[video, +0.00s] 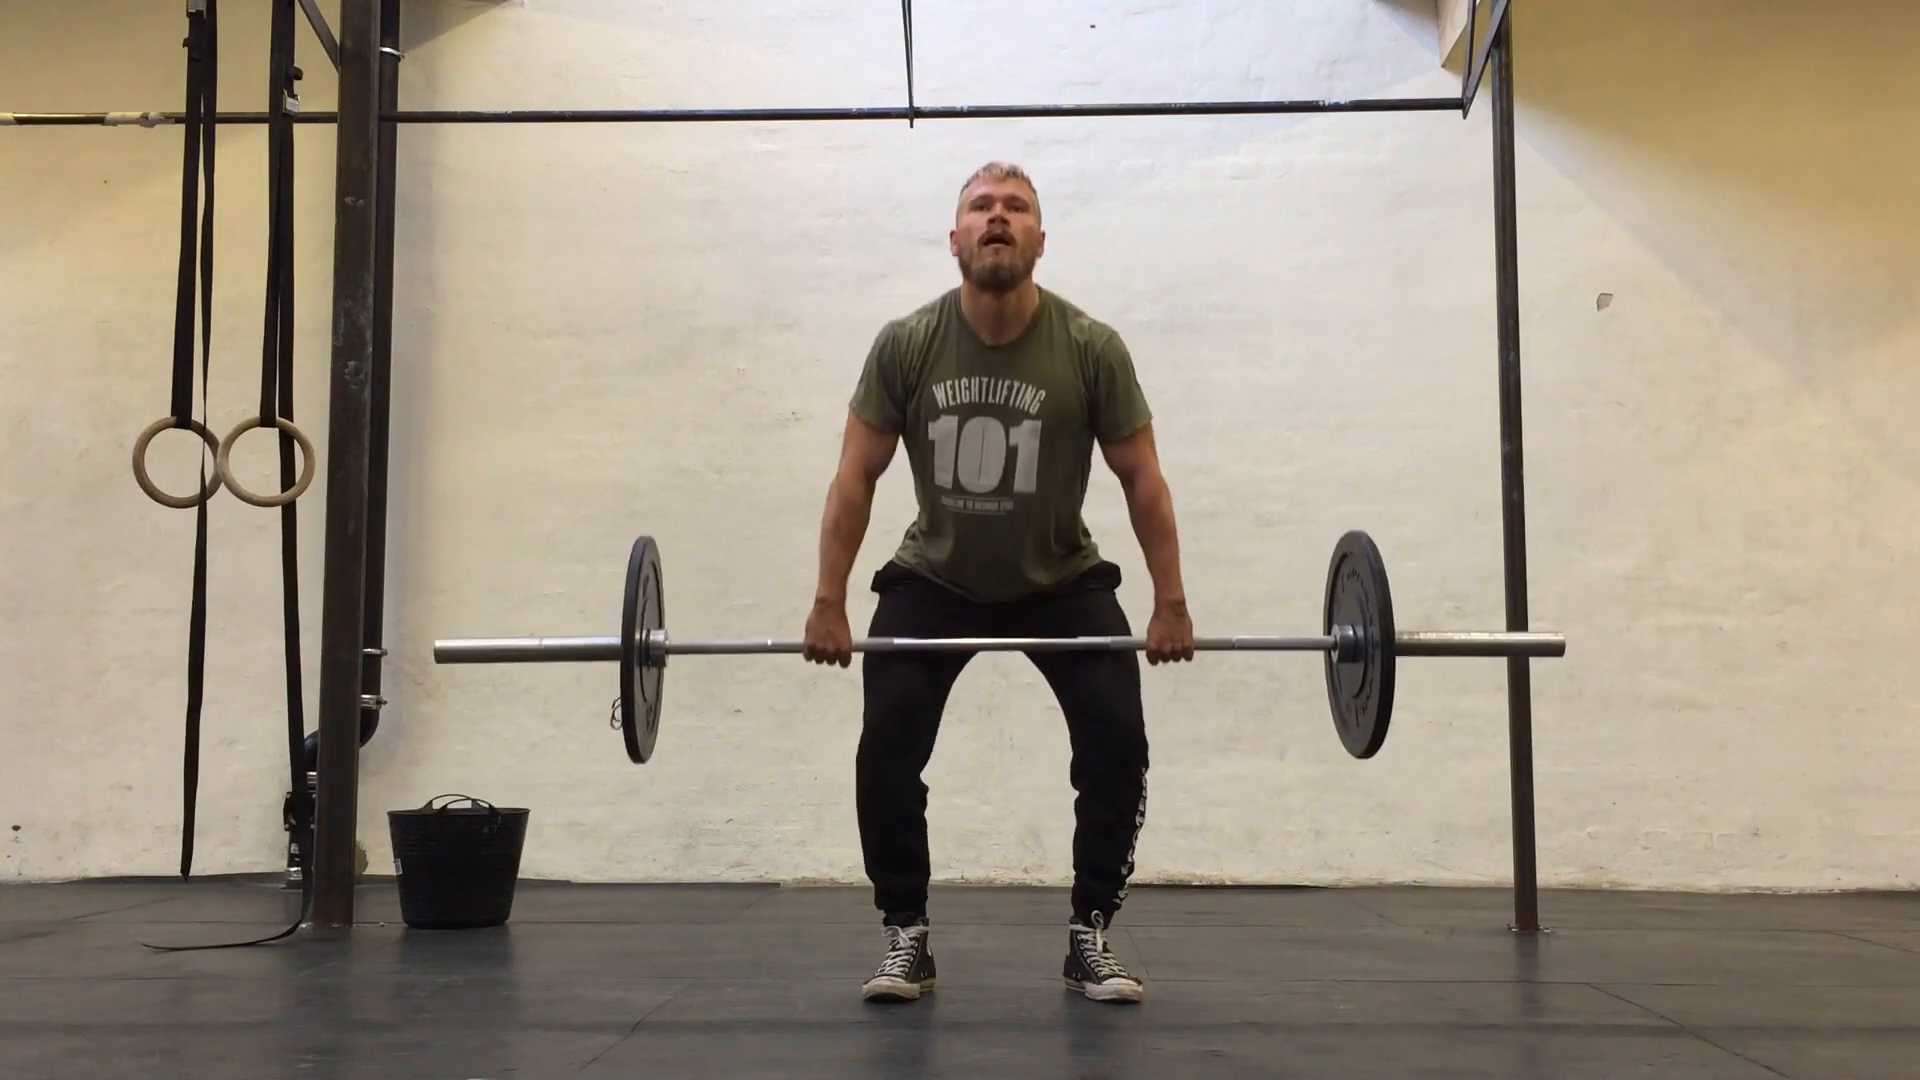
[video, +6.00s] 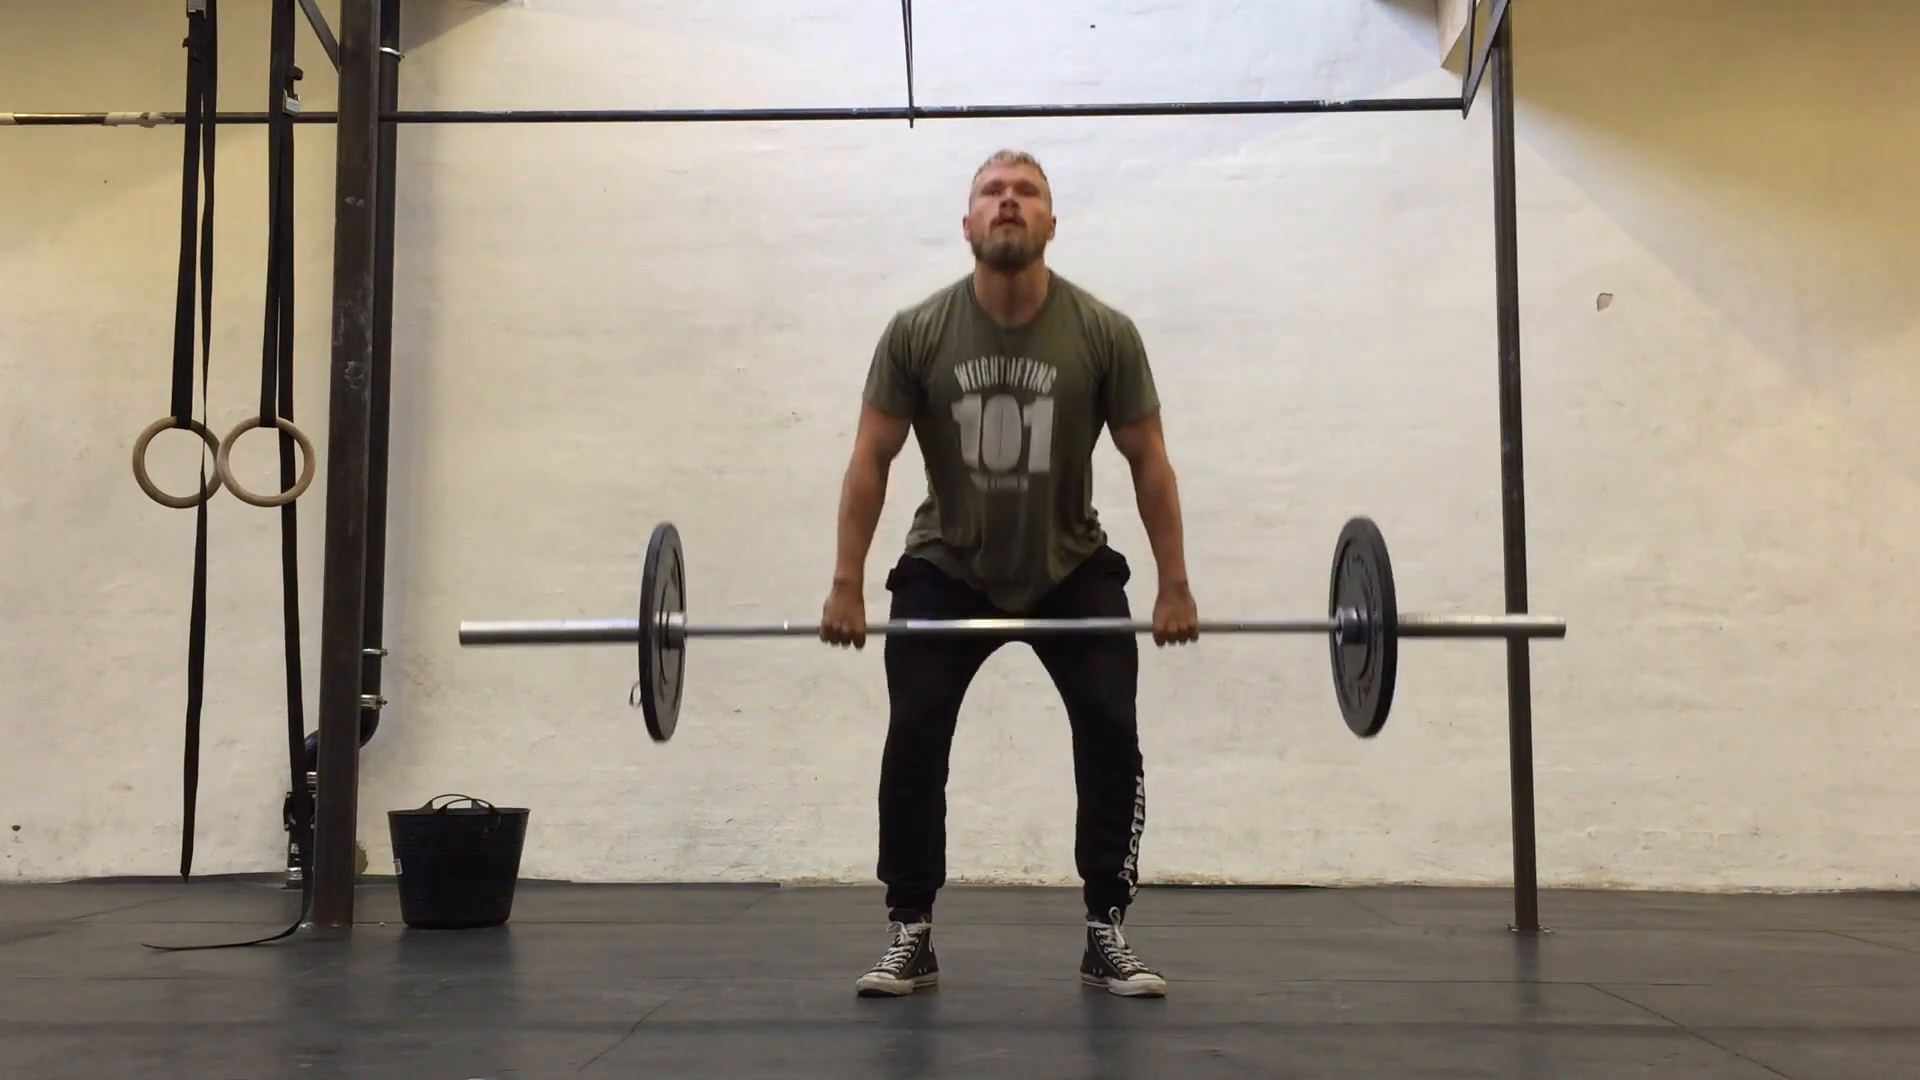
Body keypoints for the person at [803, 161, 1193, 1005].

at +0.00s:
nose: (997, 216)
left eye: (1015, 206)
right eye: (981, 205)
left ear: (1040, 239)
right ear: (954, 237)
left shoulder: (1093, 352)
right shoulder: (904, 348)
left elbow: (1141, 478)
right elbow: (855, 477)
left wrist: (1171, 600)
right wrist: (828, 600)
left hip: (1060, 580)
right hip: (935, 579)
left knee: (1117, 740)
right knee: (887, 745)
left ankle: (1091, 937)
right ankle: (904, 940)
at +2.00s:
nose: (1002, 162)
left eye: (1019, 150)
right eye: (985, 150)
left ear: (1043, 170)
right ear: (961, 167)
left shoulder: (1080, 244)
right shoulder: (920, 243)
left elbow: (1157, 138)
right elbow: (846, 128)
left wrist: (1176, 21)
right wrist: (836, 12)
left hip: (1058, 535)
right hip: (946, 536)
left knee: (1084, 736)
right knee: (920, 739)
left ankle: (1102, 934)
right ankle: (898, 934)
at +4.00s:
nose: (1004, 279)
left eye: (1021, 271)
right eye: (988, 270)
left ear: (1044, 303)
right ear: (963, 301)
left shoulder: (1089, 392)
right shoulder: (924, 396)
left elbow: (1167, 442)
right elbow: (857, 436)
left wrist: (1166, 359)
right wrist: (843, 362)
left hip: (1066, 649)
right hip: (944, 648)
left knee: (1168, 776)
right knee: (857, 779)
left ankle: (1107, 943)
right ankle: (908, 945)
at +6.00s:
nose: (1008, 201)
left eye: (1026, 191)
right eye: (992, 190)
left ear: (1052, 224)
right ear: (966, 222)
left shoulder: (1106, 337)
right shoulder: (915, 336)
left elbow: (1149, 463)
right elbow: (870, 460)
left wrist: (1174, 583)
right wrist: (847, 582)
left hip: (1070, 566)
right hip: (950, 564)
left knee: (1111, 735)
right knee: (914, 734)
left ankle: (1109, 937)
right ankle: (909, 936)